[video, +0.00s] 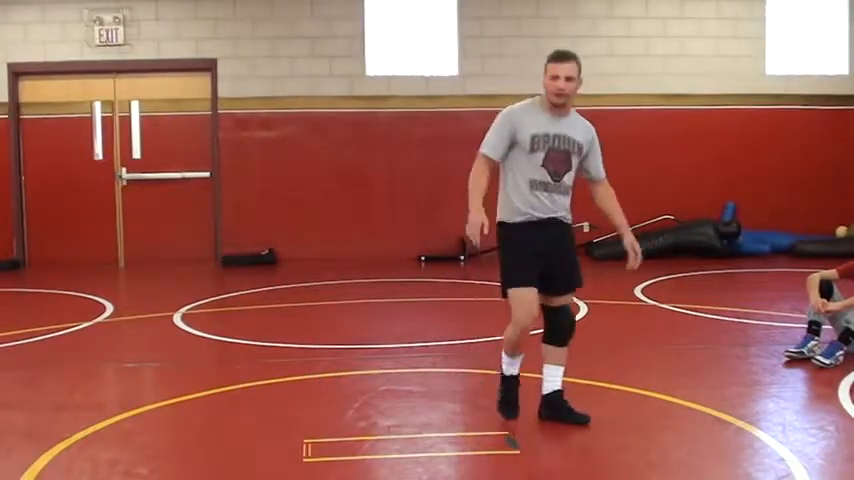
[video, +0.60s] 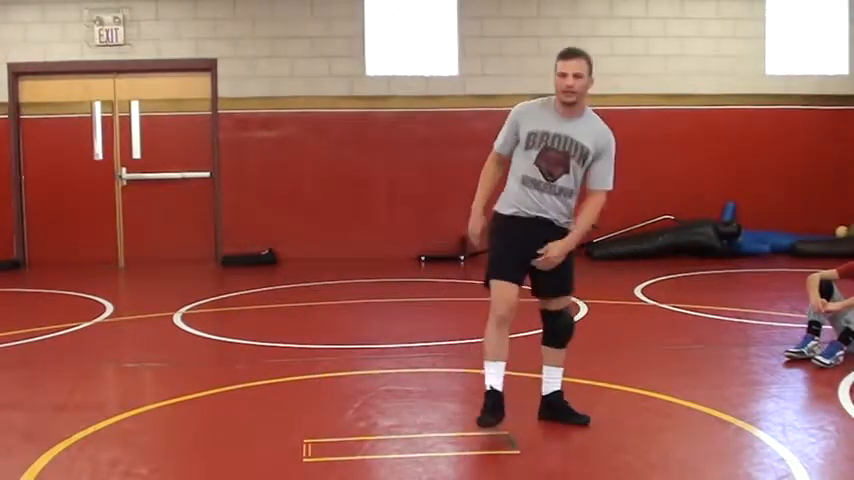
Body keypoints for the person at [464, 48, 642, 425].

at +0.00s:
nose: (561, 85)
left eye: (569, 79)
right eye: (554, 77)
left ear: (579, 85)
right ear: (543, 80)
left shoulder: (584, 131)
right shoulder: (514, 118)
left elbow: (600, 185)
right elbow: (483, 164)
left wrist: (625, 232)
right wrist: (475, 208)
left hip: (559, 229)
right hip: (516, 228)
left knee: (561, 320)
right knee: (524, 318)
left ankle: (552, 397)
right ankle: (510, 377)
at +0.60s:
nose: (569, 83)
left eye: (577, 76)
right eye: (562, 75)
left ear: (589, 82)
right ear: (554, 78)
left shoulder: (601, 137)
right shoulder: (523, 115)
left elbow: (596, 197)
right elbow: (496, 163)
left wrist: (568, 243)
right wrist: (477, 213)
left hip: (556, 230)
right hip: (510, 222)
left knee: (559, 320)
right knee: (502, 311)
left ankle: (551, 398)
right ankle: (493, 396)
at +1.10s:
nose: (497, 92)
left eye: (506, 85)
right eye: (493, 84)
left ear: (527, 86)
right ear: (488, 84)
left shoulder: (552, 132)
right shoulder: (468, 127)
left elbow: (566, 190)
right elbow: (447, 183)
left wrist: (566, 246)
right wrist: (440, 237)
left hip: (526, 241)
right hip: (476, 240)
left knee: (543, 325)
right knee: (465, 327)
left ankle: (549, 400)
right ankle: (453, 415)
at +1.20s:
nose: (474, 91)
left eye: (482, 84)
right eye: (469, 84)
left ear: (504, 85)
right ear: (465, 84)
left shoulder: (532, 127)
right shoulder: (450, 129)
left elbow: (552, 183)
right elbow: (433, 186)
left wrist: (562, 240)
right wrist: (436, 242)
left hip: (513, 240)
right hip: (463, 239)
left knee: (540, 323)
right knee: (455, 329)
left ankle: (547, 400)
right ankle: (450, 418)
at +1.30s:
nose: (453, 89)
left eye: (461, 81)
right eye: (450, 81)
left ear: (485, 82)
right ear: (448, 81)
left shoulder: (516, 123)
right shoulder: (433, 130)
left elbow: (539, 179)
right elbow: (420, 188)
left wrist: (552, 232)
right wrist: (436, 242)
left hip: (505, 238)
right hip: (454, 240)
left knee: (537, 322)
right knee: (451, 328)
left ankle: (541, 396)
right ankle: (450, 418)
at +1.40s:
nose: (437, 85)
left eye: (445, 78)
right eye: (435, 78)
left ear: (469, 80)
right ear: (435, 80)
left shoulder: (505, 119)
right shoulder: (422, 130)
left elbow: (526, 174)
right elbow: (413, 190)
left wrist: (540, 228)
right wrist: (438, 243)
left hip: (496, 234)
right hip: (447, 238)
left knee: (531, 324)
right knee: (448, 327)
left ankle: (528, 395)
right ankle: (449, 418)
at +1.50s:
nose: (424, 85)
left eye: (432, 77)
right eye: (422, 77)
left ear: (457, 79)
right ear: (425, 80)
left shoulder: (495, 118)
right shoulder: (413, 131)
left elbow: (517, 173)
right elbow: (407, 192)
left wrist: (530, 227)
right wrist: (434, 245)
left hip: (489, 234)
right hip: (440, 239)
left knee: (521, 325)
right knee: (444, 324)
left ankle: (521, 395)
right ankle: (449, 417)